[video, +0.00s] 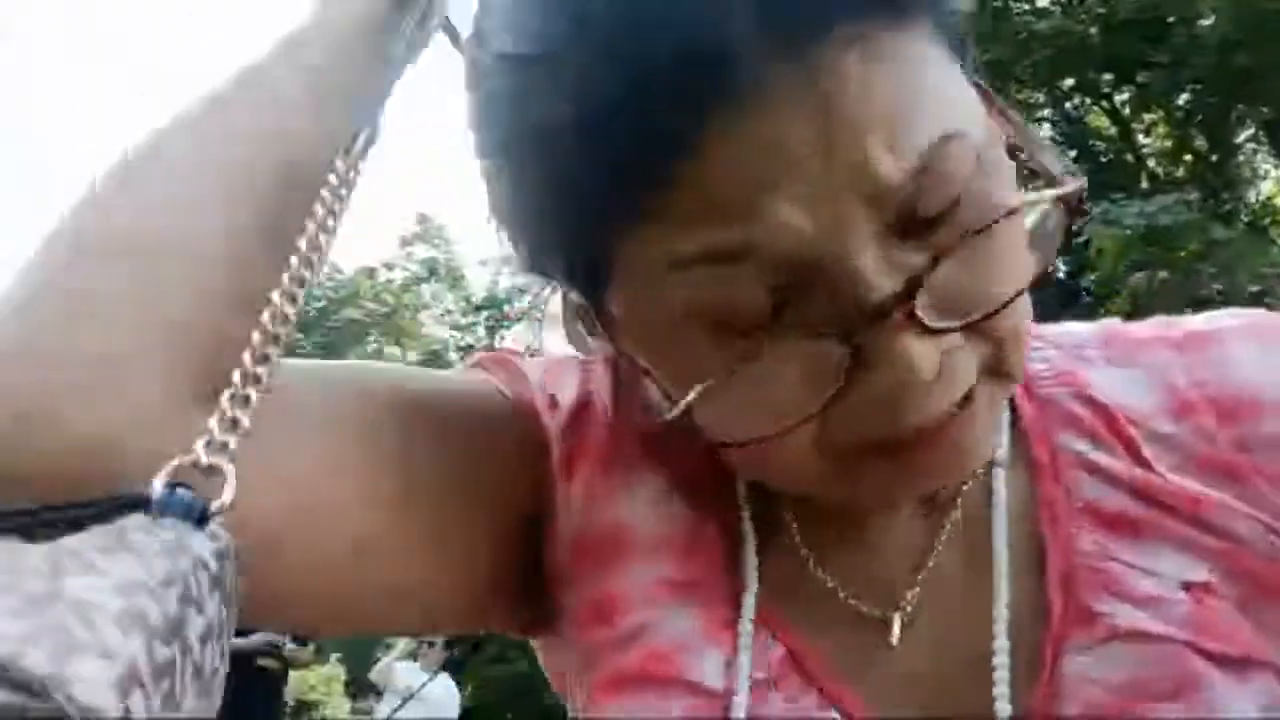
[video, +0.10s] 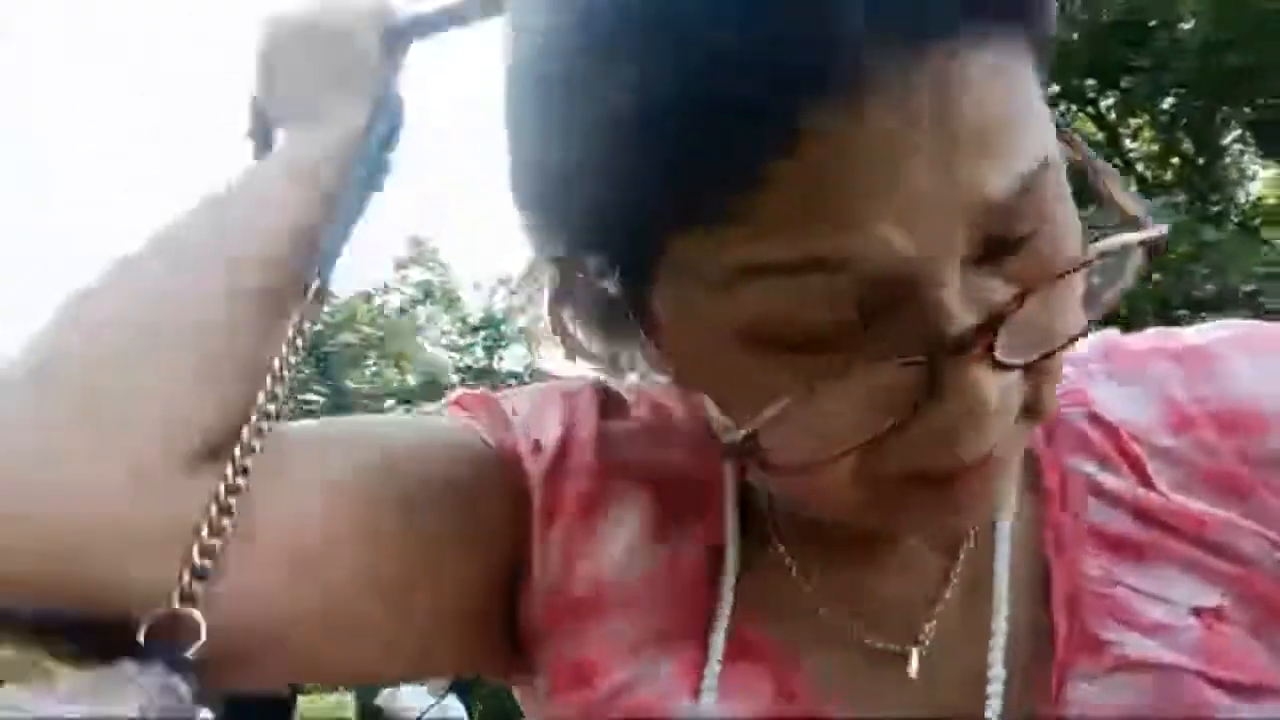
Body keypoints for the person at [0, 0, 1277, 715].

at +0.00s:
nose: (897, 347)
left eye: (931, 212)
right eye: (751, 309)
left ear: (1006, 121)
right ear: (604, 328)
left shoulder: (1258, 420)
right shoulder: (577, 481)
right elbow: (54, 437)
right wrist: (382, 5)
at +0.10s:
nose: (975, 388)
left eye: (1015, 239)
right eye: (819, 328)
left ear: (1062, 145)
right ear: (610, 312)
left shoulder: (1258, 434)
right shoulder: (572, 515)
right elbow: (47, 520)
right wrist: (312, 151)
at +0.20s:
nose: (953, 351)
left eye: (1017, 201)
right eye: (816, 245)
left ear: (1088, 146)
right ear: (619, 228)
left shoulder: (1263, 428)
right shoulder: (480, 559)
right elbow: (58, 680)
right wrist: (239, 219)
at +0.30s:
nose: (953, 296)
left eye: (1032, 157)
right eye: (819, 194)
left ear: (1112, 110)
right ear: (655, 189)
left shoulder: (1257, 425)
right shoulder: (530, 544)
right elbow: (122, 702)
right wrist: (203, 254)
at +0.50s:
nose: (902, 106)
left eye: (1011, 30)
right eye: (820, 11)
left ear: (1121, 81)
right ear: (722, 54)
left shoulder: (1256, 410)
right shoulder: (564, 432)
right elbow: (230, 708)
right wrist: (13, 532)